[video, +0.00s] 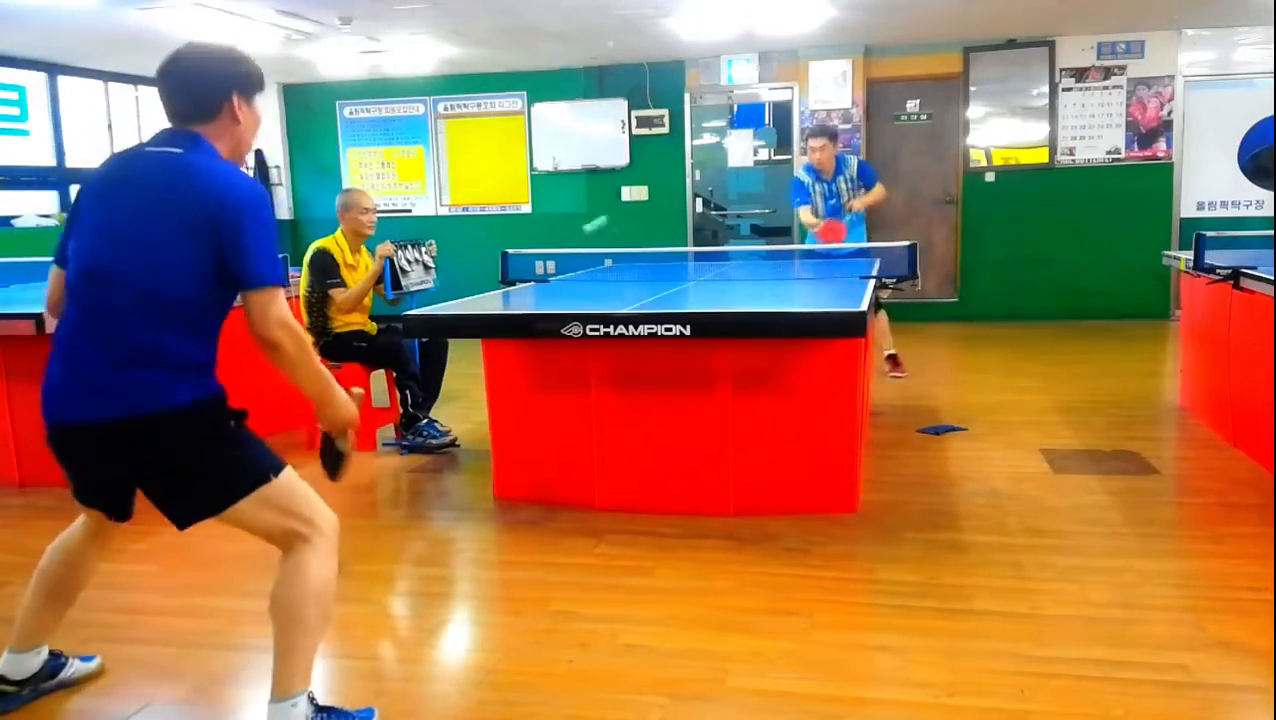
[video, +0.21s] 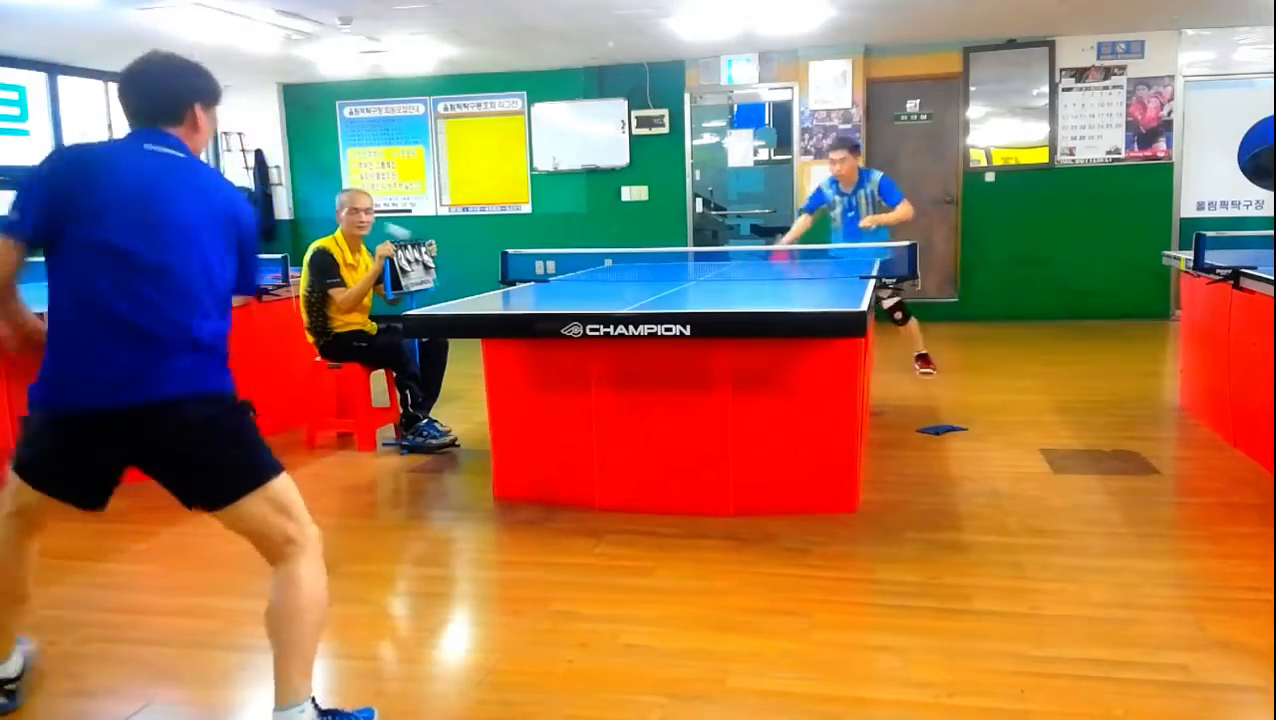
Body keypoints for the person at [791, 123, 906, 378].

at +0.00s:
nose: (815, 156)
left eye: (821, 150)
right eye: (811, 150)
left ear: (835, 148)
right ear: (806, 151)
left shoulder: (853, 165)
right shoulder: (803, 176)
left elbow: (880, 191)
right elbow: (804, 212)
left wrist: (862, 201)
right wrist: (816, 223)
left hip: (855, 248)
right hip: (818, 251)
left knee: (872, 300)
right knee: (817, 301)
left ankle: (889, 354)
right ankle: (819, 358)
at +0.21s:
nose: (835, 168)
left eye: (841, 161)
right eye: (832, 162)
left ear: (857, 159)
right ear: (828, 163)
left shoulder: (876, 180)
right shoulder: (827, 187)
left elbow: (907, 211)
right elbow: (807, 216)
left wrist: (878, 219)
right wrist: (785, 241)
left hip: (877, 261)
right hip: (842, 262)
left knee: (897, 312)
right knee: (840, 314)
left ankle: (920, 354)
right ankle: (842, 364)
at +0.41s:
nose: (853, 150)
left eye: (858, 144)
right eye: (849, 145)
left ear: (873, 143)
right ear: (845, 147)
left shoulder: (892, 168)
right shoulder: (844, 173)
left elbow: (919, 200)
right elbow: (840, 204)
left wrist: (897, 217)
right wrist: (831, 228)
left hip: (894, 248)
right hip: (859, 250)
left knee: (908, 299)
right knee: (855, 302)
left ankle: (923, 352)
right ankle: (855, 357)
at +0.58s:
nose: (858, 156)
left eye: (863, 149)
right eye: (854, 150)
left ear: (878, 148)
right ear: (850, 151)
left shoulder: (897, 172)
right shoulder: (852, 177)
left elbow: (919, 207)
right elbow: (850, 208)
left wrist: (901, 220)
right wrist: (844, 234)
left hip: (899, 248)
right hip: (867, 249)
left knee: (909, 299)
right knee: (858, 301)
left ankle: (931, 351)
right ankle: (855, 354)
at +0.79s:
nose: (873, 147)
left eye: (877, 141)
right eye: (868, 142)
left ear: (890, 137)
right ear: (863, 142)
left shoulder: (910, 153)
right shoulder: (861, 166)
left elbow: (937, 169)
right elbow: (863, 200)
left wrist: (946, 176)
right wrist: (872, 201)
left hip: (915, 235)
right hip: (880, 236)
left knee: (924, 290)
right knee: (866, 293)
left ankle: (934, 349)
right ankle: (858, 350)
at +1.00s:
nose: (878, 138)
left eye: (883, 133)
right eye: (873, 134)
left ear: (895, 134)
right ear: (866, 138)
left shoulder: (907, 157)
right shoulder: (864, 164)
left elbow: (932, 169)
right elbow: (885, 185)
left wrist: (960, 171)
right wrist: (898, 160)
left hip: (914, 237)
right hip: (881, 240)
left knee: (926, 293)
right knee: (866, 296)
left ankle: (943, 349)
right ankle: (859, 351)